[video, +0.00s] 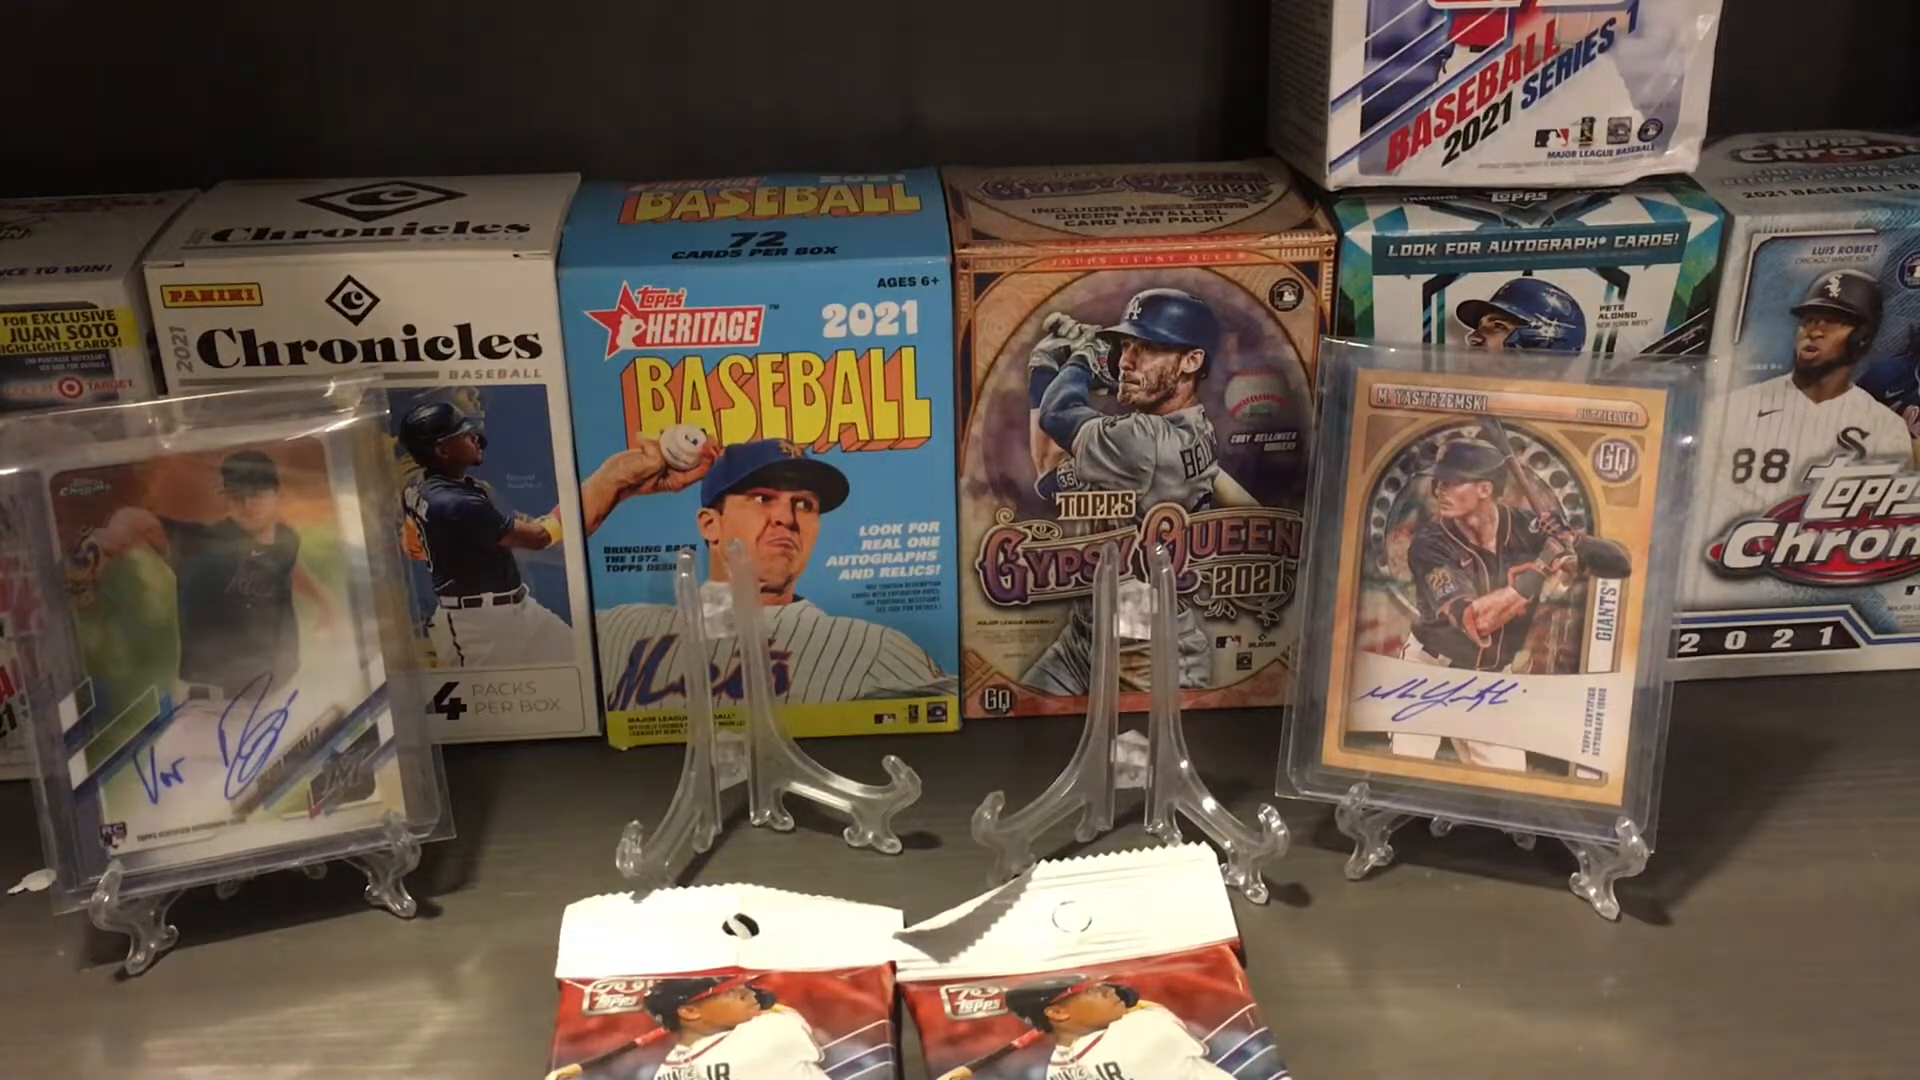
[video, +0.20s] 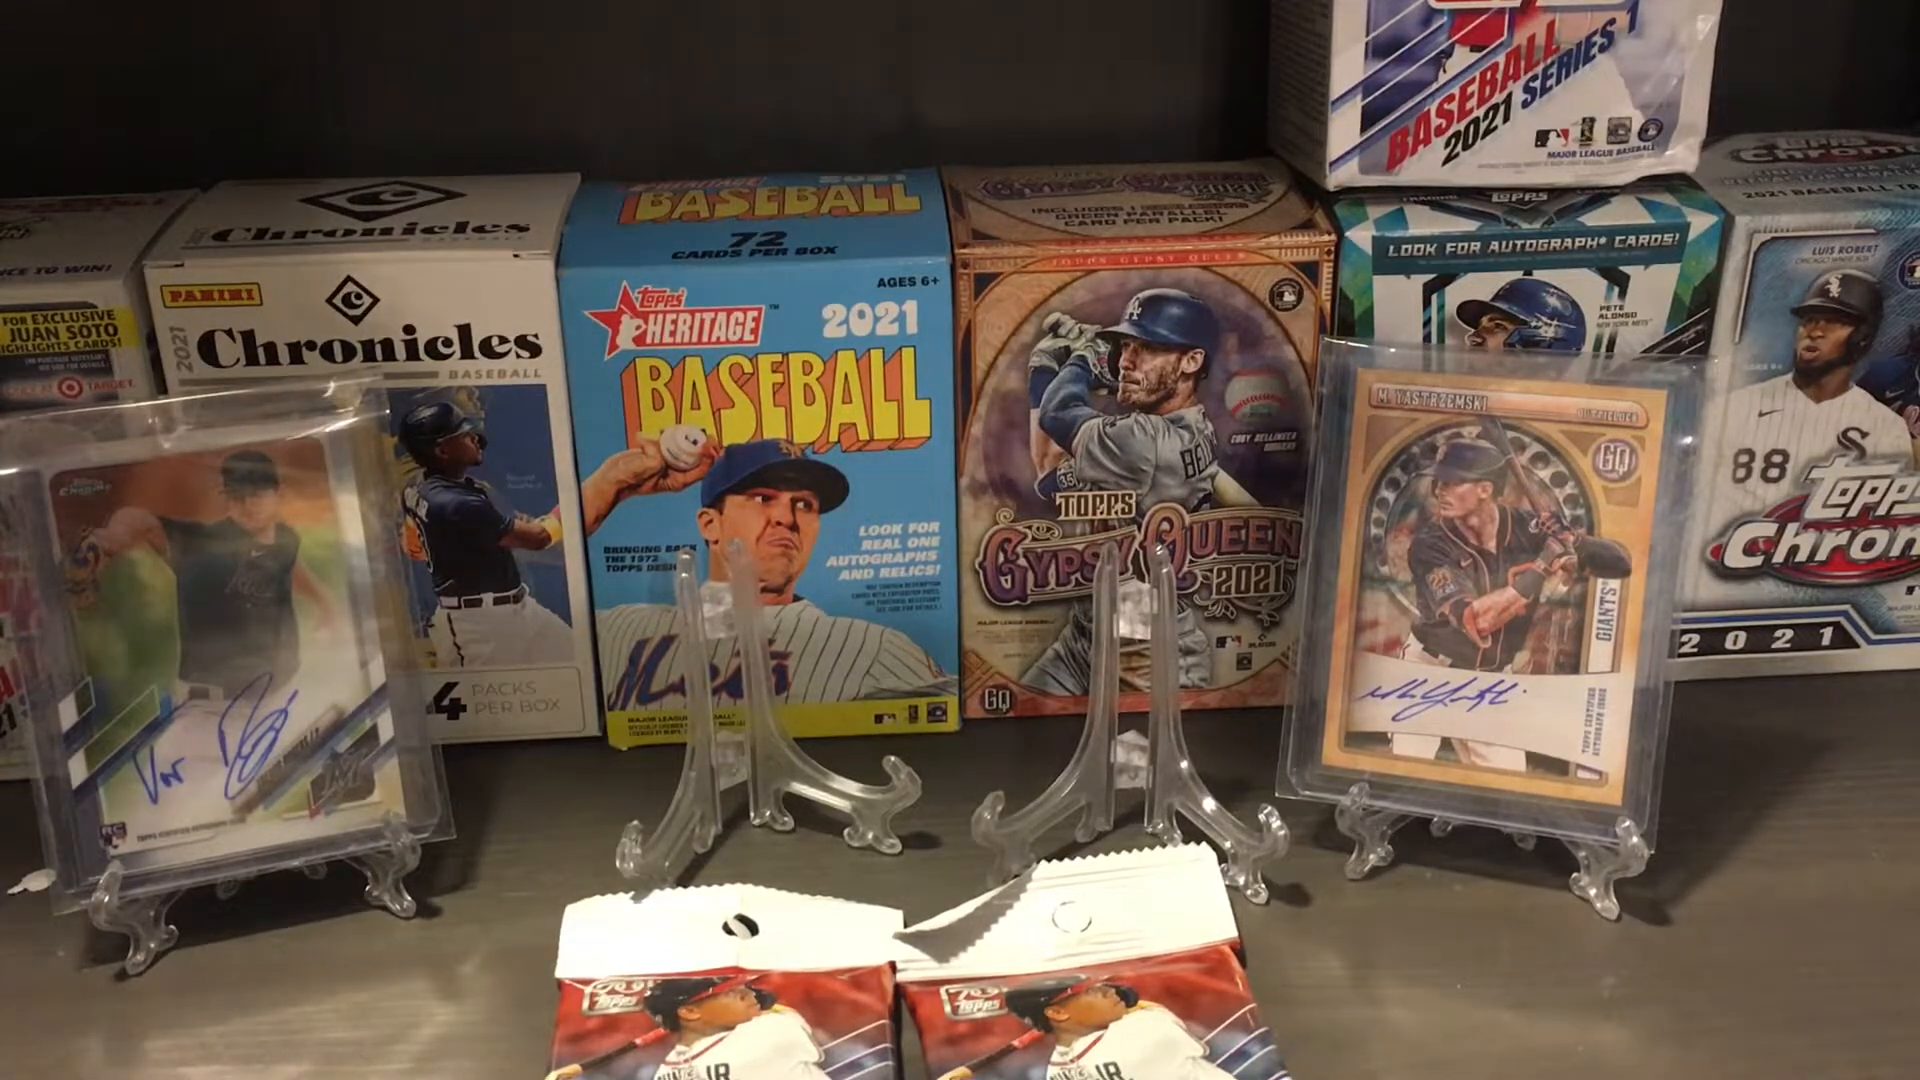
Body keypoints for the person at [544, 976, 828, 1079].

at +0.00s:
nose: (744, 992)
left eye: (735, 985)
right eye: (727, 992)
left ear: (690, 1014)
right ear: (692, 1014)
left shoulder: (665, 1071)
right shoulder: (777, 1033)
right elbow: (780, 1007)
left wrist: (579, 1071)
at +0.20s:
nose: (744, 992)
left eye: (735, 986)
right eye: (726, 993)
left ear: (690, 1015)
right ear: (692, 1014)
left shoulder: (665, 1071)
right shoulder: (778, 1032)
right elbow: (779, 1007)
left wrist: (578, 1071)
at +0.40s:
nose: (743, 993)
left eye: (734, 986)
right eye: (726, 993)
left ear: (690, 1015)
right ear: (692, 1014)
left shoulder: (665, 1071)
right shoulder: (778, 1031)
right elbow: (779, 1007)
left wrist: (578, 1071)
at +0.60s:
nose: (744, 993)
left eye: (736, 986)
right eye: (727, 993)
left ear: (690, 1015)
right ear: (691, 1014)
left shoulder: (665, 1071)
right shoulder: (779, 1031)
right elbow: (778, 1007)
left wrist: (579, 1071)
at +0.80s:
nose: (744, 992)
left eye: (735, 986)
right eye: (726, 993)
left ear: (690, 1015)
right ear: (691, 1014)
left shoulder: (666, 1071)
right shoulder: (778, 1031)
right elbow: (779, 1007)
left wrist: (579, 1071)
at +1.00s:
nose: (744, 993)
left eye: (735, 986)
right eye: (727, 993)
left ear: (690, 1015)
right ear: (691, 1015)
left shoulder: (665, 1071)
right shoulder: (779, 1032)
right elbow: (779, 1008)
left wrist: (577, 1072)